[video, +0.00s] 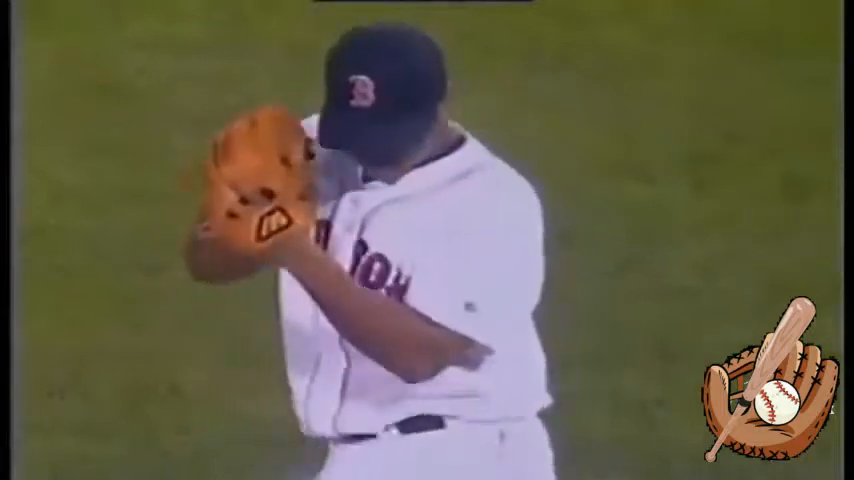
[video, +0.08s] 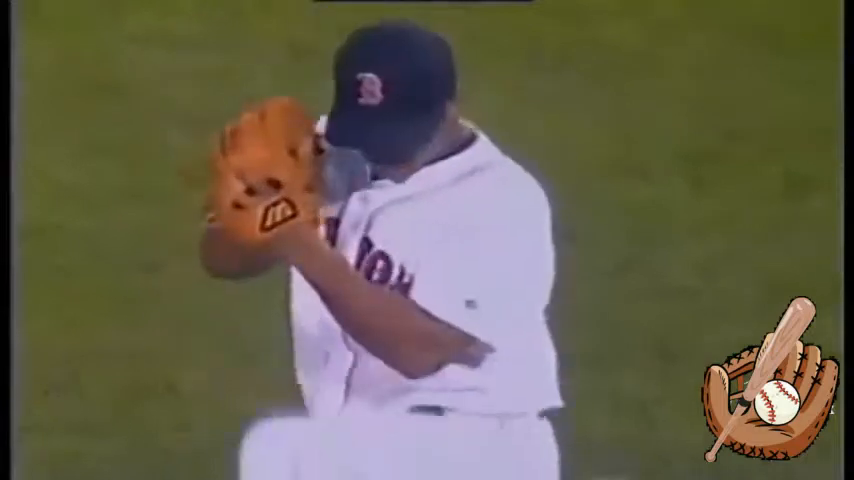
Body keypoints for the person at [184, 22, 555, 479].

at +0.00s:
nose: (372, 158)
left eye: (389, 142)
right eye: (356, 141)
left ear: (437, 111)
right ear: (338, 112)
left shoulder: (499, 200)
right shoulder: (307, 151)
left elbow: (418, 355)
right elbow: (204, 261)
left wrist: (296, 252)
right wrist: (257, 217)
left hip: (475, 451)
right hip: (352, 455)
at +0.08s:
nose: (384, 159)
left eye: (400, 142)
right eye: (368, 142)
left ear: (447, 111)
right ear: (347, 113)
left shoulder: (507, 200)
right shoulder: (323, 154)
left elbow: (417, 350)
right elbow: (220, 258)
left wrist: (300, 246)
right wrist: (252, 198)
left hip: (487, 439)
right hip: (354, 430)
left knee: (275, 448)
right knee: (268, 451)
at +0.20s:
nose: (388, 161)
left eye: (407, 145)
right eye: (374, 143)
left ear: (455, 116)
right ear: (355, 118)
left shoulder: (511, 210)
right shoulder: (348, 172)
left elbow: (417, 364)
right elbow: (250, 280)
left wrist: (302, 259)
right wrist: (249, 215)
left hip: (498, 446)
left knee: (288, 392)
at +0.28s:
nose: (394, 162)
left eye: (412, 144)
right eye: (378, 144)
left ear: (459, 118)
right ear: (358, 122)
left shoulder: (514, 216)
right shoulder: (349, 169)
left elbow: (441, 377)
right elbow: (283, 300)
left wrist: (309, 285)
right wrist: (260, 246)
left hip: (496, 447)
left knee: (253, 393)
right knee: (240, 388)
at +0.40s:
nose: (405, 186)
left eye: (424, 166)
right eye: (386, 166)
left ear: (466, 140)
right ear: (366, 146)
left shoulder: (517, 241)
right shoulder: (358, 198)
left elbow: (489, 420)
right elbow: (339, 318)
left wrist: (331, 367)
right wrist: (275, 329)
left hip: (504, 465)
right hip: (379, 458)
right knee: (231, 476)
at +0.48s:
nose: (425, 194)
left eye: (442, 178)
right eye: (402, 181)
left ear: (469, 162)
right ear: (366, 170)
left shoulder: (517, 263)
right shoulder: (354, 227)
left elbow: (525, 445)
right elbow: (341, 360)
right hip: (410, 467)